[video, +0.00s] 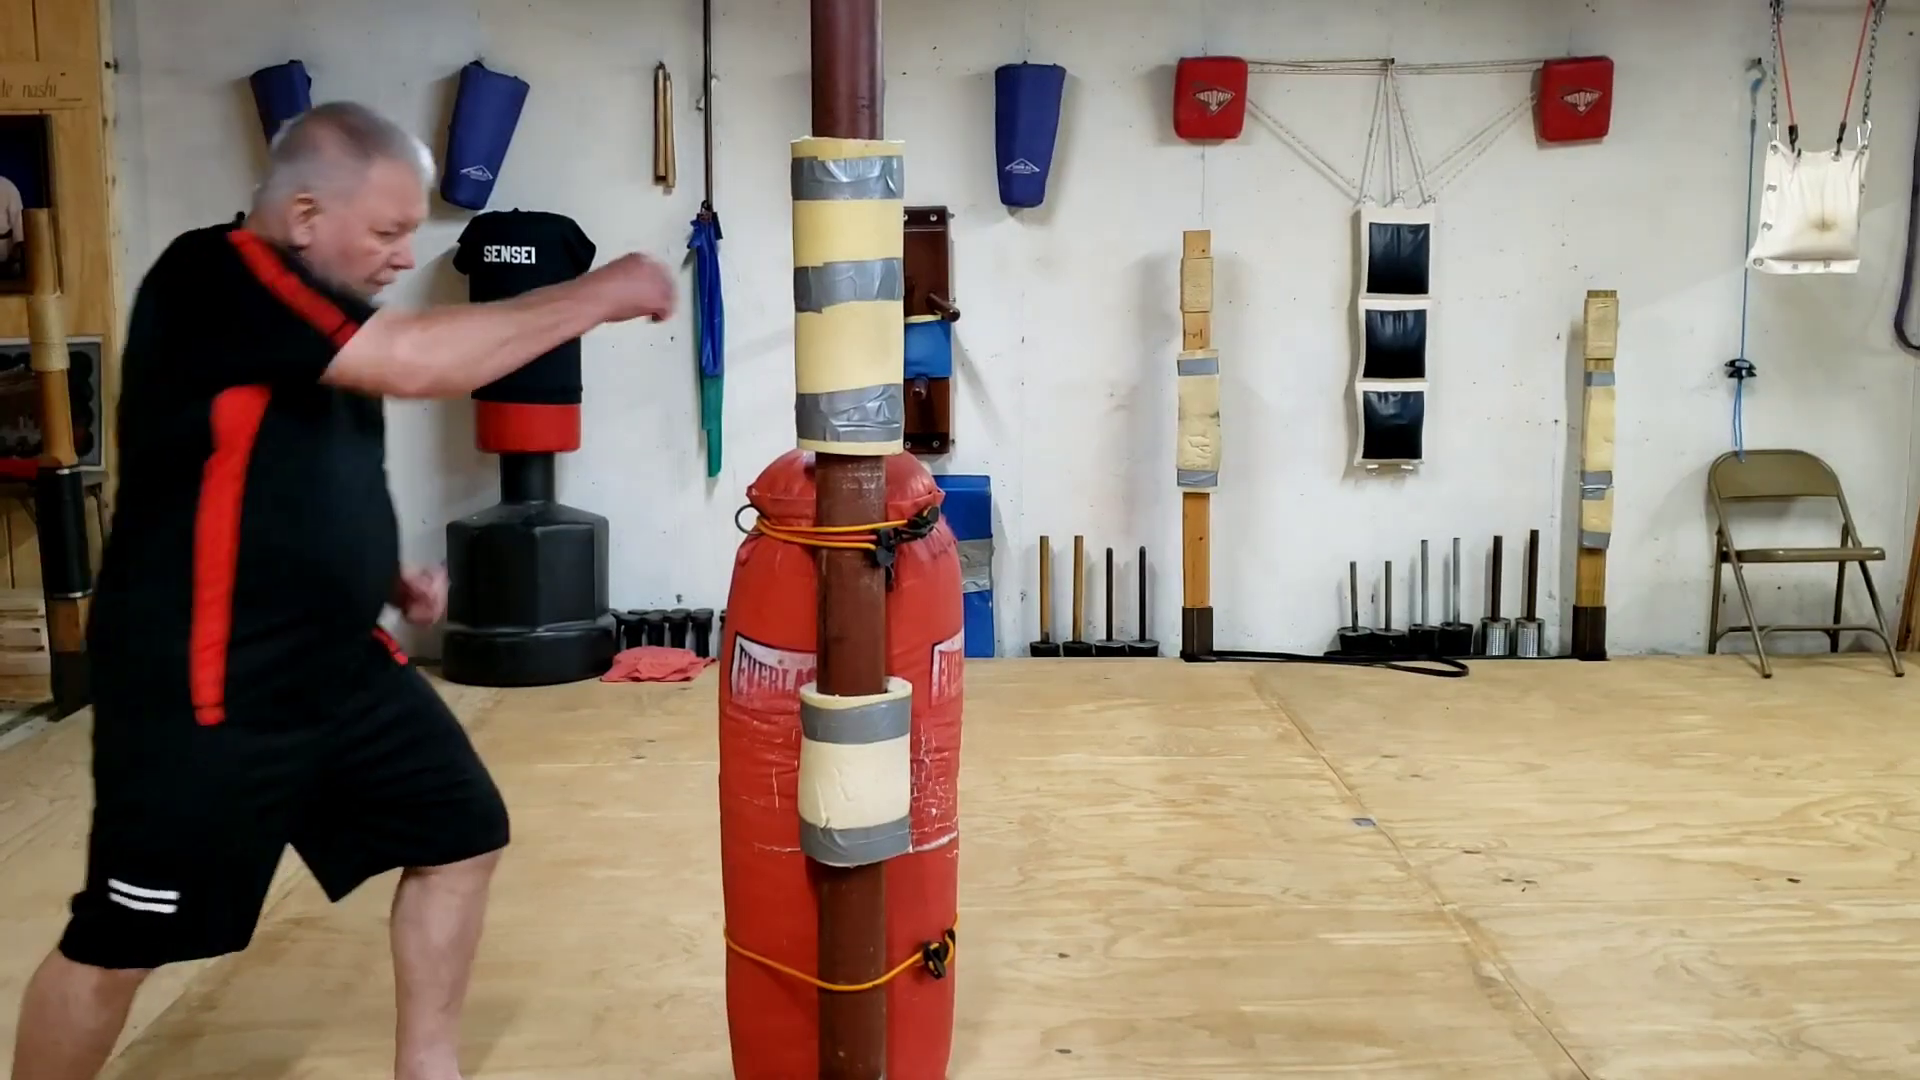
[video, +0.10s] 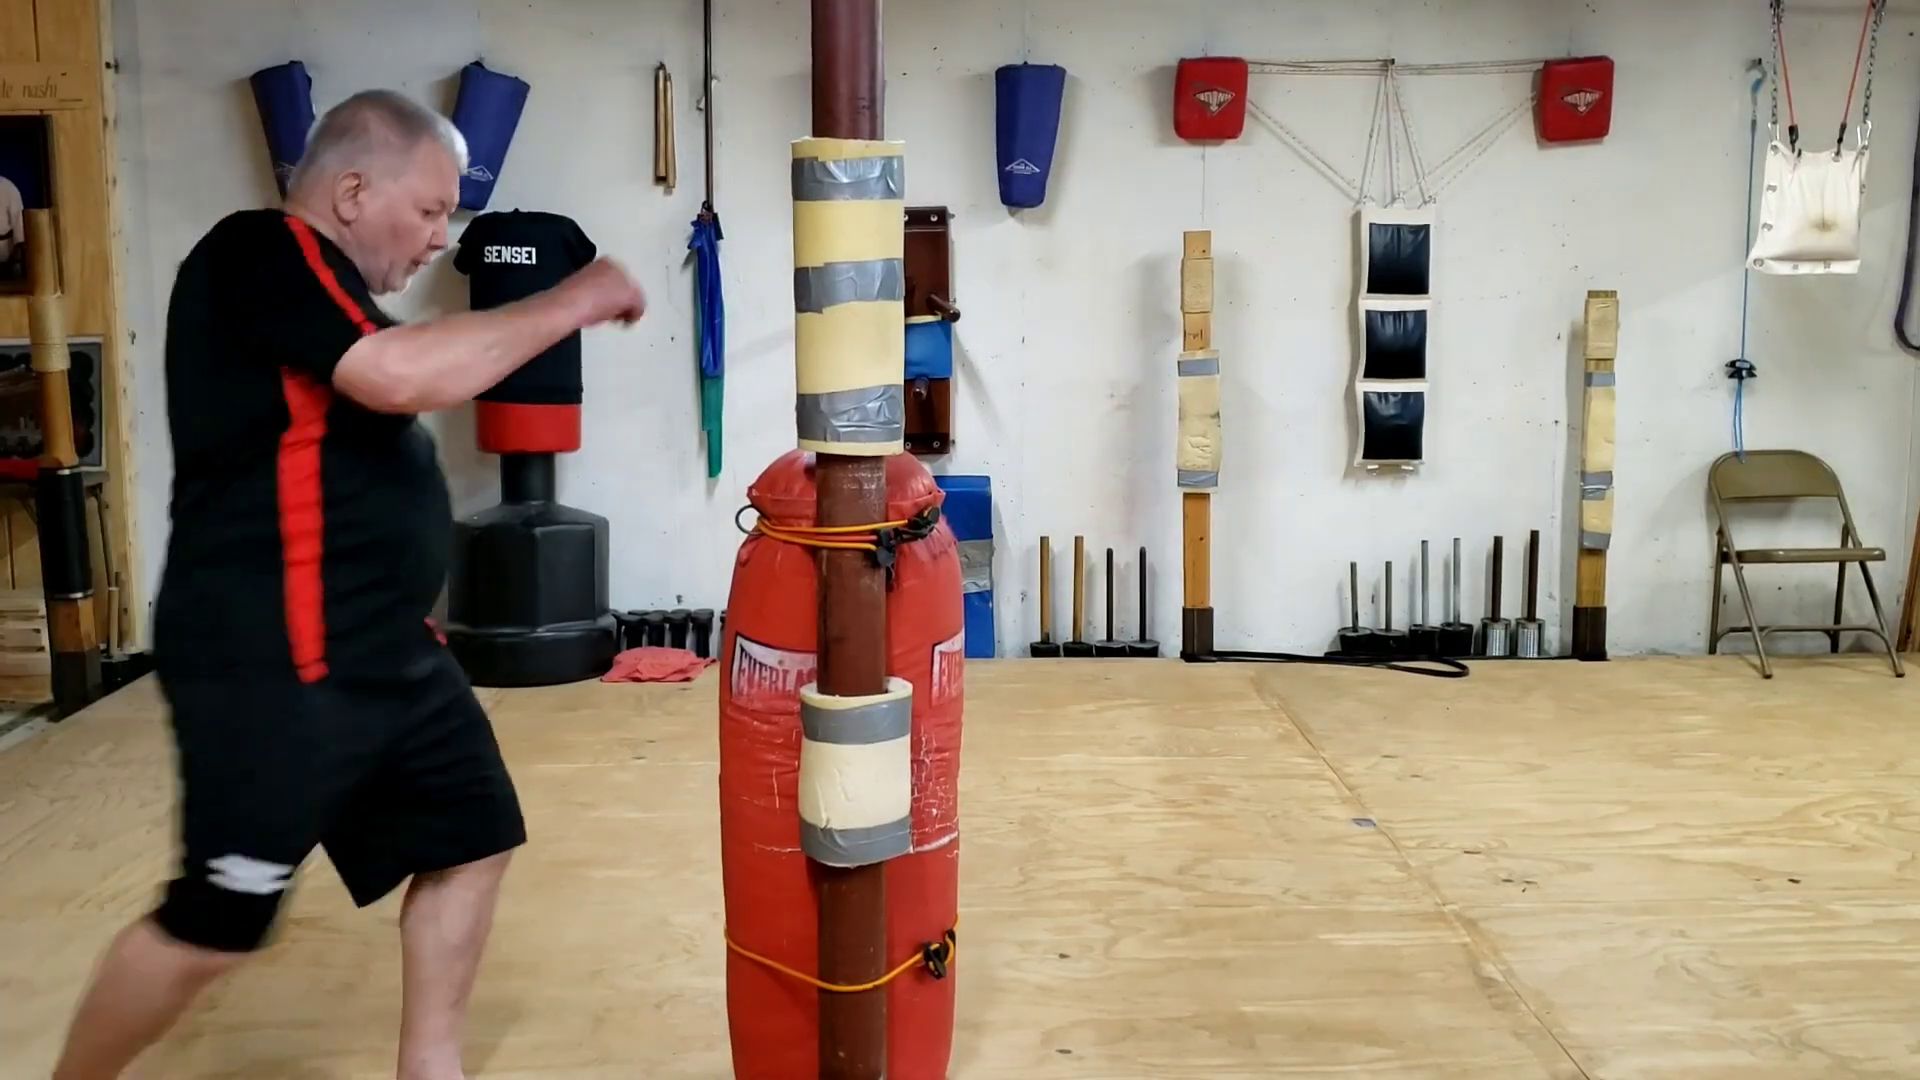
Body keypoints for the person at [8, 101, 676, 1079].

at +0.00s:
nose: (403, 257)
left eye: (409, 235)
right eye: (386, 233)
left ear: (318, 219)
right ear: (304, 216)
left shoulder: (323, 317)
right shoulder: (213, 274)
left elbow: (292, 489)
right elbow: (409, 360)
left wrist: (388, 577)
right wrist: (594, 298)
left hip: (330, 661)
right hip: (193, 681)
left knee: (459, 835)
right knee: (118, 936)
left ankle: (427, 1071)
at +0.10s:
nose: (442, 238)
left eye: (448, 218)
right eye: (433, 212)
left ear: (350, 195)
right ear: (353, 189)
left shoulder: (343, 300)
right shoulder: (254, 253)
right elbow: (394, 374)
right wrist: (567, 304)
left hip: (383, 645)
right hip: (265, 658)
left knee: (471, 839)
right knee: (217, 915)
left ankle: (429, 1068)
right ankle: (75, 1073)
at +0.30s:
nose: (447, 215)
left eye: (454, 194)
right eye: (439, 186)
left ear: (360, 166)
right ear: (362, 159)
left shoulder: (333, 256)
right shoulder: (285, 225)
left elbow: (365, 441)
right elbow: (252, 395)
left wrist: (500, 470)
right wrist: (364, 566)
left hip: (356, 588)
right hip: (377, 565)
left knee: (444, 839)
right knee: (612, 669)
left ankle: (429, 1066)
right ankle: (514, 936)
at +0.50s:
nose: (447, 222)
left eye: (452, 202)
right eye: (438, 194)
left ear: (364, 180)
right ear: (361, 173)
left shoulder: (346, 297)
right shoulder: (275, 243)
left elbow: (417, 453)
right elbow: (164, 424)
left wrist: (559, 421)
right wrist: (160, 633)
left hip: (356, 609)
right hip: (398, 563)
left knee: (466, 818)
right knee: (672, 611)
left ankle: (433, 1066)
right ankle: (769, 868)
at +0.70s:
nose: (433, 215)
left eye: (439, 194)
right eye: (424, 185)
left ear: (344, 174)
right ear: (345, 167)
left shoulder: (320, 272)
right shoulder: (264, 248)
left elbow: (357, 444)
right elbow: (276, 428)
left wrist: (482, 474)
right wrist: (483, 498)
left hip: (382, 606)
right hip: (322, 613)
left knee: (465, 837)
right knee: (459, 842)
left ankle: (436, 1067)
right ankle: (188, 1020)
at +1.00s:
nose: (399, 249)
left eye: (401, 224)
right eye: (378, 225)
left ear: (295, 222)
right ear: (287, 220)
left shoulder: (345, 308)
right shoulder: (166, 305)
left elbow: (337, 468)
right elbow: (132, 516)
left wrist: (431, 480)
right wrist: (347, 499)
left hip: (349, 659)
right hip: (204, 688)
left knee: (469, 839)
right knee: (176, 948)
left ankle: (439, 1067)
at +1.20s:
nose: (406, 242)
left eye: (410, 219)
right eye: (388, 218)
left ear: (316, 211)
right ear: (299, 209)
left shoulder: (370, 299)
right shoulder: (162, 309)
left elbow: (490, 371)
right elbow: (65, 496)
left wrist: (600, 331)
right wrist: (199, 650)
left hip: (341, 659)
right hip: (203, 683)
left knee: (446, 830)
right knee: (175, 941)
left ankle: (435, 1066)